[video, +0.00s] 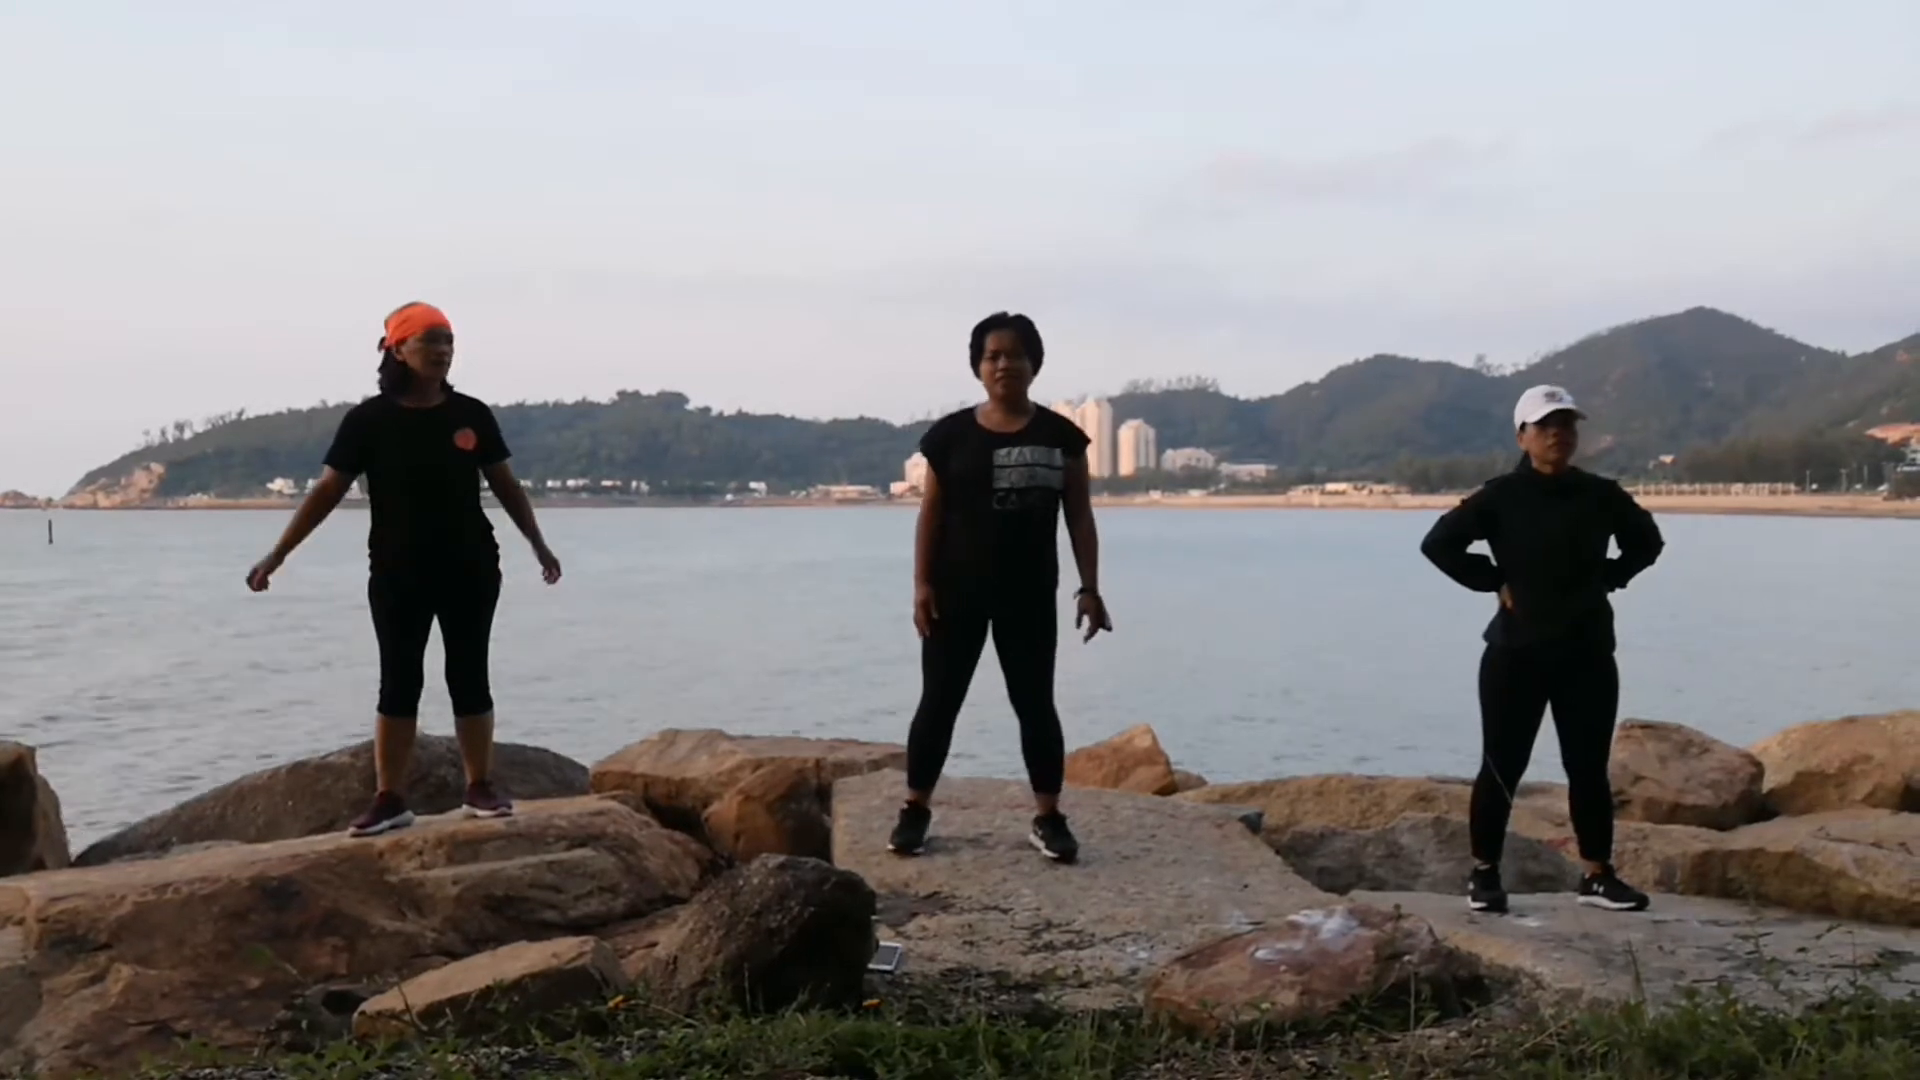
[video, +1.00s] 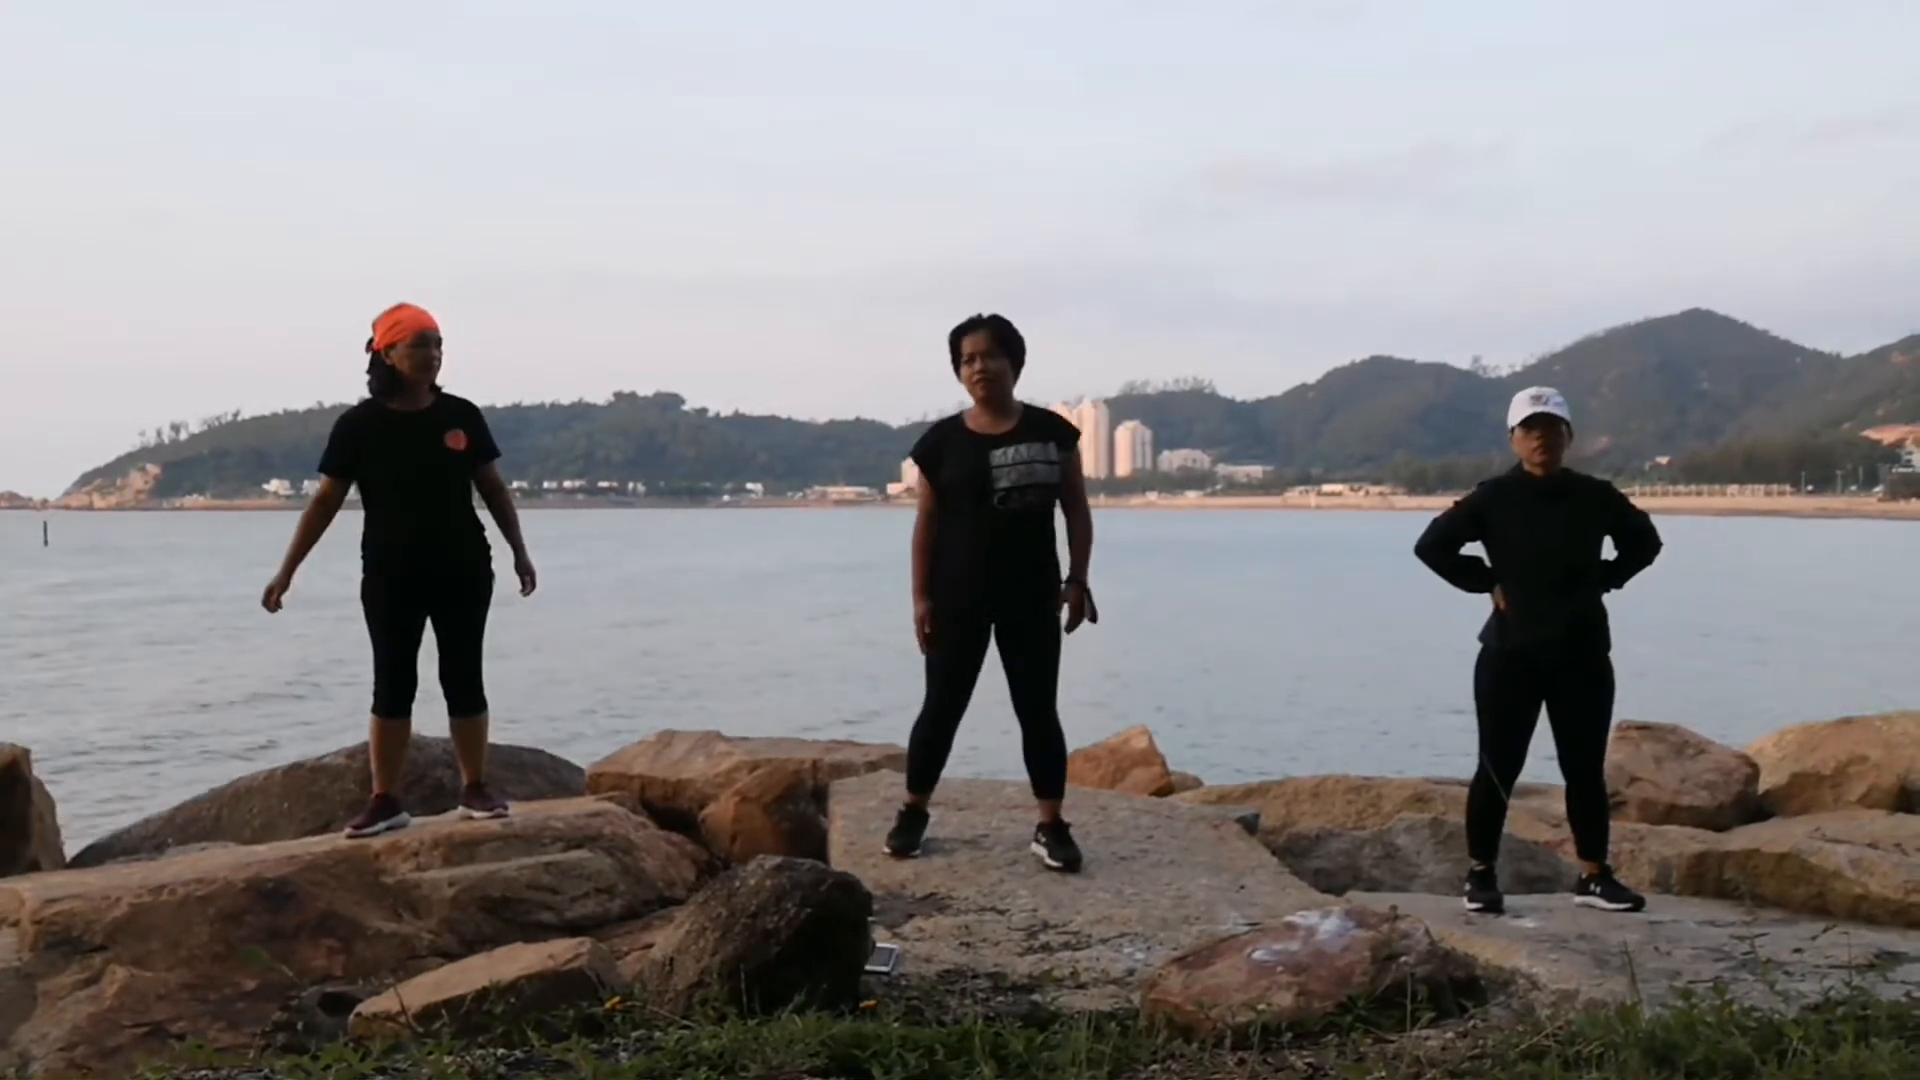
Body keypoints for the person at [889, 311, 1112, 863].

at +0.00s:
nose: (1002, 367)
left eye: (1014, 357)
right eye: (992, 358)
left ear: (1034, 365)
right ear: (978, 367)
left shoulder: (1062, 437)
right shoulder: (948, 437)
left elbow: (1079, 517)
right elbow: (929, 517)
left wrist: (1089, 586)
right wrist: (922, 585)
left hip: (1029, 595)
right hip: (958, 594)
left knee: (1036, 707)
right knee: (938, 703)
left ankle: (1049, 815)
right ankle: (915, 810)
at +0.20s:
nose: (975, 368)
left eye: (987, 359)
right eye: (965, 359)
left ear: (1008, 366)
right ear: (952, 368)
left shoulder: (1037, 439)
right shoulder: (923, 437)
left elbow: (1050, 519)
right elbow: (902, 517)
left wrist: (1054, 588)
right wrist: (894, 585)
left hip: (1002, 596)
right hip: (932, 596)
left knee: (1019, 708)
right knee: (924, 706)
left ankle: (1045, 814)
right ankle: (912, 811)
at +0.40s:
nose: (957, 367)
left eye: (968, 357)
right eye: (946, 357)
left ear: (989, 366)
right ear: (932, 366)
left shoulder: (1016, 438)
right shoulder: (903, 436)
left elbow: (1024, 522)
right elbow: (881, 513)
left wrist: (1020, 591)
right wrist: (872, 582)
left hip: (985, 597)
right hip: (915, 596)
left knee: (1011, 708)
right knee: (916, 707)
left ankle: (1046, 812)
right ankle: (912, 811)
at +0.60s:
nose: (950, 365)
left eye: (961, 355)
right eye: (939, 356)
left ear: (982, 365)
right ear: (924, 365)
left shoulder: (1009, 433)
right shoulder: (897, 436)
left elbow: (1023, 515)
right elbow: (875, 517)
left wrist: (1024, 583)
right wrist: (863, 586)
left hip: (984, 592)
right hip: (915, 593)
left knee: (1019, 703)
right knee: (917, 706)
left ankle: (1052, 810)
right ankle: (911, 811)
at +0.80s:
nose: (957, 368)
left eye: (968, 358)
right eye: (946, 360)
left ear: (991, 364)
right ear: (934, 371)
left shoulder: (1027, 434)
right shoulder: (913, 444)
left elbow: (1043, 515)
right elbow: (893, 522)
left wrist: (1048, 586)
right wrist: (877, 590)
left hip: (1004, 597)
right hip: (932, 599)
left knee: (1024, 713)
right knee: (925, 710)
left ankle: (1049, 822)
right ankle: (911, 813)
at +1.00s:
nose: (979, 369)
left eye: (990, 358)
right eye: (968, 361)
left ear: (1015, 363)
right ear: (958, 372)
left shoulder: (1053, 433)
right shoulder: (940, 443)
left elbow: (1076, 511)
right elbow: (924, 527)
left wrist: (1079, 577)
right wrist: (921, 598)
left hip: (1031, 598)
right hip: (959, 600)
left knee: (1039, 713)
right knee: (940, 710)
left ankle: (1051, 824)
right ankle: (914, 812)